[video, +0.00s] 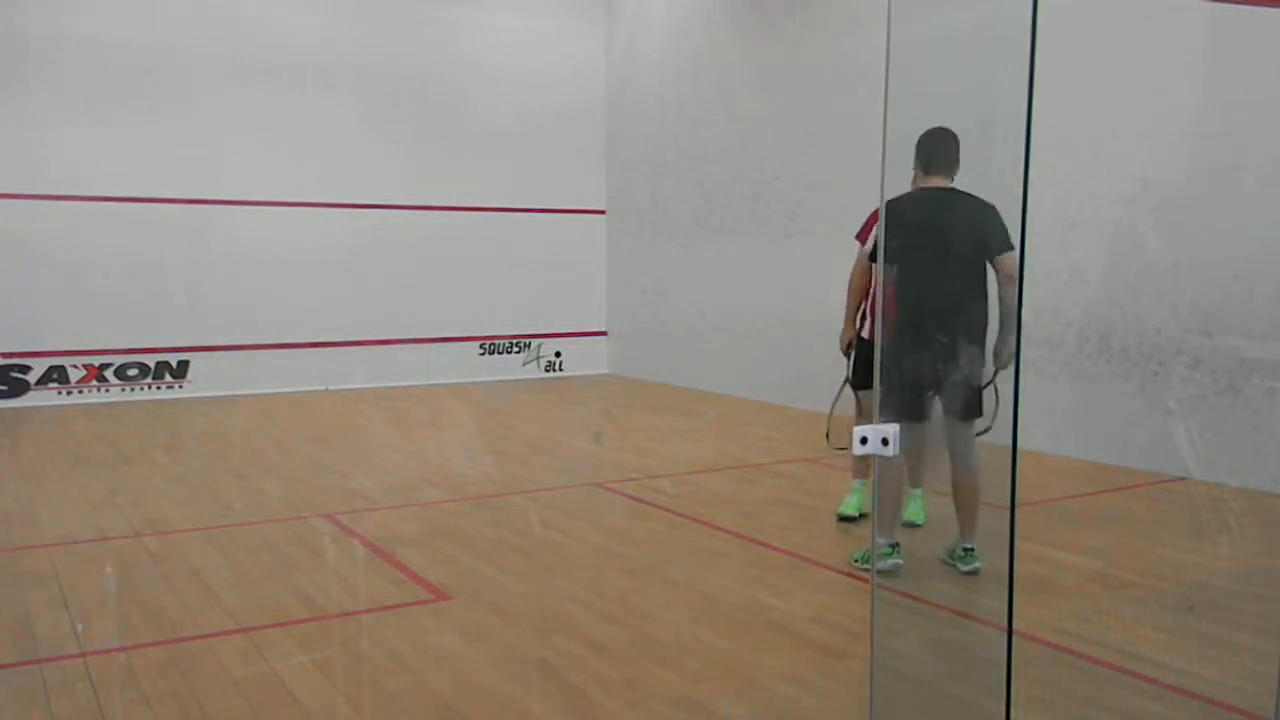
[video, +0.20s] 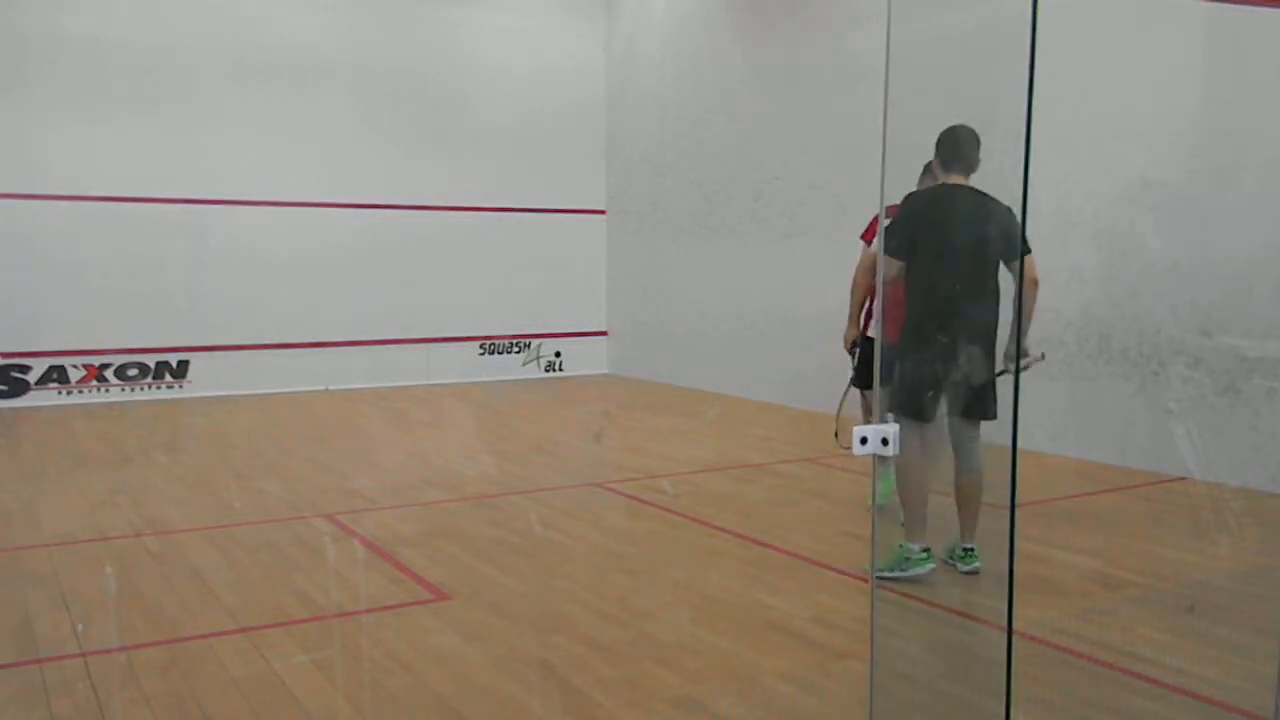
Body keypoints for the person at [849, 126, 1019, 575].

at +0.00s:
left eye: (920, 163)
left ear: (916, 164)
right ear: (957, 166)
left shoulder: (894, 210)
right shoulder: (981, 212)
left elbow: (869, 275)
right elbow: (1009, 275)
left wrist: (855, 326)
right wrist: (1007, 336)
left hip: (906, 342)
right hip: (964, 343)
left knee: (893, 440)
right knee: (963, 440)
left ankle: (884, 545)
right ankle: (967, 546)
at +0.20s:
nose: (943, 166)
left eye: (939, 158)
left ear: (936, 161)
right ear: (977, 163)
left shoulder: (916, 207)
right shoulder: (996, 212)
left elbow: (887, 272)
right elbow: (1029, 279)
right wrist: (1021, 338)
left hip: (923, 339)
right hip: (976, 342)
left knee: (912, 437)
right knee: (968, 438)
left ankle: (916, 548)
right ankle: (967, 547)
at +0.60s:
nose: (929, 157)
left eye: (933, 150)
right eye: (933, 149)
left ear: (945, 153)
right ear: (973, 156)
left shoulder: (956, 205)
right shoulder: (989, 208)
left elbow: (947, 273)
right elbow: (1005, 276)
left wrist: (906, 293)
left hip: (957, 346)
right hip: (979, 345)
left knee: (946, 445)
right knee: (959, 446)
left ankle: (975, 566)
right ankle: (968, 546)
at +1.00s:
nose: (956, 150)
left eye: (968, 143)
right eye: (949, 140)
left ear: (987, 149)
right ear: (939, 143)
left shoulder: (1001, 206)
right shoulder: (934, 203)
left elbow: (1037, 276)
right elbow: (917, 261)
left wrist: (965, 296)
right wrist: (889, 279)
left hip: (979, 352)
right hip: (928, 345)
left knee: (972, 456)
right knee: (909, 451)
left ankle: (979, 571)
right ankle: (910, 562)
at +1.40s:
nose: (960, 142)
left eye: (967, 133)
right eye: (949, 132)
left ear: (974, 141)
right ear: (923, 138)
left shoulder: (992, 206)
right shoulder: (891, 209)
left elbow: (1009, 287)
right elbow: (863, 285)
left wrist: (985, 338)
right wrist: (836, 352)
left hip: (965, 362)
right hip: (904, 361)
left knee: (959, 468)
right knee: (909, 477)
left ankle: (967, 564)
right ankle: (912, 604)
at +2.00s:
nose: (917, 131)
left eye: (922, 122)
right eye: (904, 123)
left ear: (929, 129)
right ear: (875, 132)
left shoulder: (951, 196)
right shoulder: (844, 205)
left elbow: (980, 275)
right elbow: (821, 282)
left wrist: (987, 345)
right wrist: (812, 349)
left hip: (931, 366)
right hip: (867, 370)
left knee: (917, 496)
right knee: (887, 496)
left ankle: (915, 629)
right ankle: (909, 607)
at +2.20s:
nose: (912, 132)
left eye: (918, 121)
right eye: (900, 122)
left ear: (928, 129)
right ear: (871, 132)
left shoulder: (948, 202)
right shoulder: (836, 206)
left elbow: (974, 284)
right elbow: (816, 292)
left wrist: (964, 353)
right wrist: (801, 369)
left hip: (916, 372)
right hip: (853, 371)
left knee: (889, 503)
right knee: (884, 495)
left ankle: (870, 646)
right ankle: (910, 599)